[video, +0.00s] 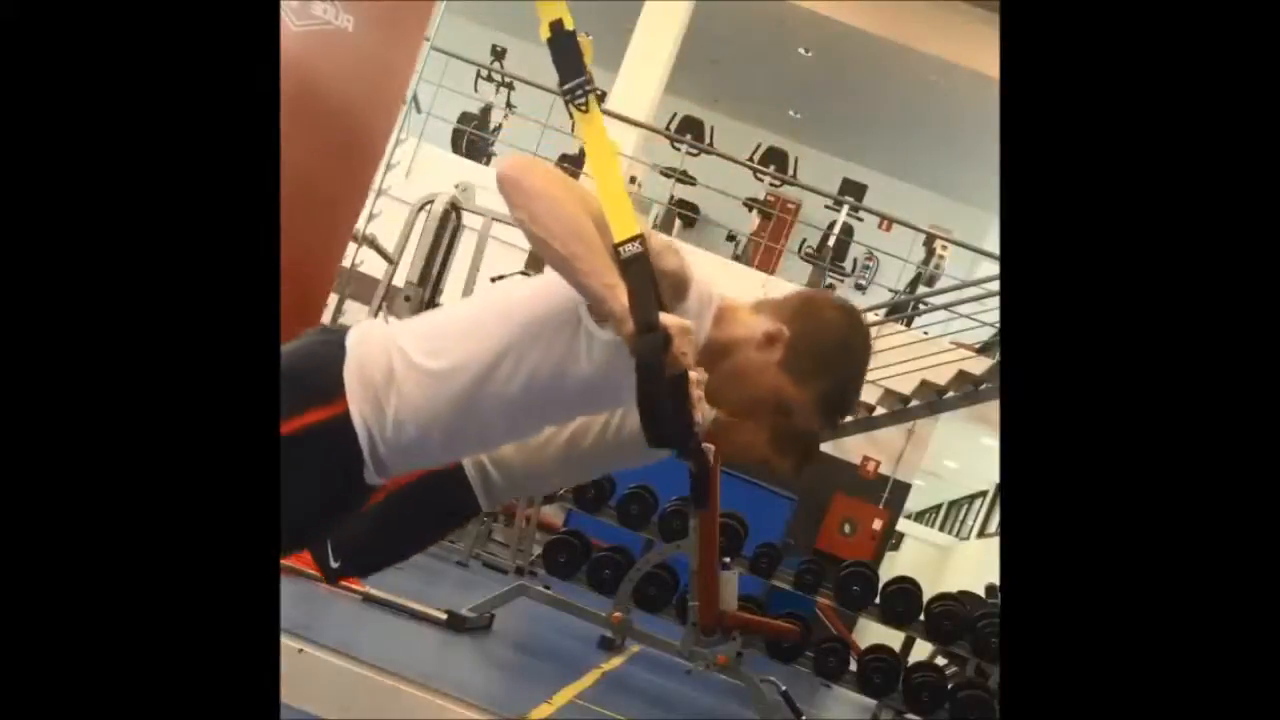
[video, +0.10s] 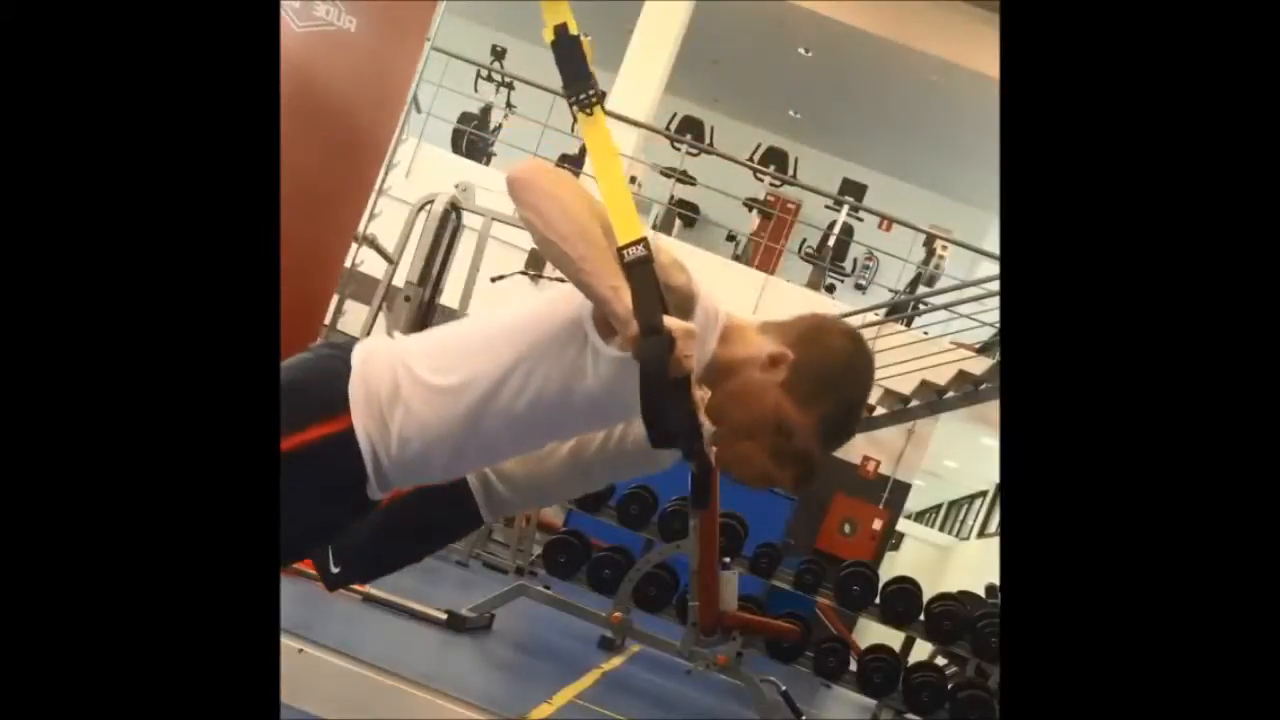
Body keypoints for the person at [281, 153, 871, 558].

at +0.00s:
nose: (755, 416)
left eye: (776, 416)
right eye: (775, 402)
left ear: (771, 338)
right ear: (771, 339)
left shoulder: (679, 363)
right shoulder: (668, 277)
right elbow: (522, 177)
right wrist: (628, 313)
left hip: (363, 451)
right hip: (334, 411)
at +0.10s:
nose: (754, 460)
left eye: (777, 459)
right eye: (775, 439)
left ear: (776, 363)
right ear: (775, 363)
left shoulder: (693, 411)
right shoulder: (672, 290)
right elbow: (529, 178)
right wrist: (615, 296)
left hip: (370, 468)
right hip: (340, 419)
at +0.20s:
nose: (755, 482)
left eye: (777, 481)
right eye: (778, 462)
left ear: (774, 380)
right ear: (778, 385)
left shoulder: (695, 421)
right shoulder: (676, 302)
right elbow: (536, 180)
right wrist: (620, 306)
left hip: (374, 472)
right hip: (343, 424)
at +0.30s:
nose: (755, 486)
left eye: (777, 485)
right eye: (777, 466)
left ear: (773, 382)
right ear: (775, 389)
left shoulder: (691, 421)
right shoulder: (679, 307)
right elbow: (538, 181)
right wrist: (619, 308)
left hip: (375, 473)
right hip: (344, 425)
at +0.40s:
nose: (756, 479)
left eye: (779, 476)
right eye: (777, 455)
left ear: (770, 372)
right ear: (774, 377)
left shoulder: (685, 416)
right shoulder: (673, 298)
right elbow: (534, 181)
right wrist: (623, 315)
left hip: (366, 466)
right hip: (335, 418)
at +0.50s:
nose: (749, 423)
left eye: (768, 423)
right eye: (768, 410)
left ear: (766, 338)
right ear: (767, 341)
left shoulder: (678, 367)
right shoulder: (667, 277)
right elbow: (528, 177)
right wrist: (629, 313)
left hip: (357, 448)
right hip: (326, 402)